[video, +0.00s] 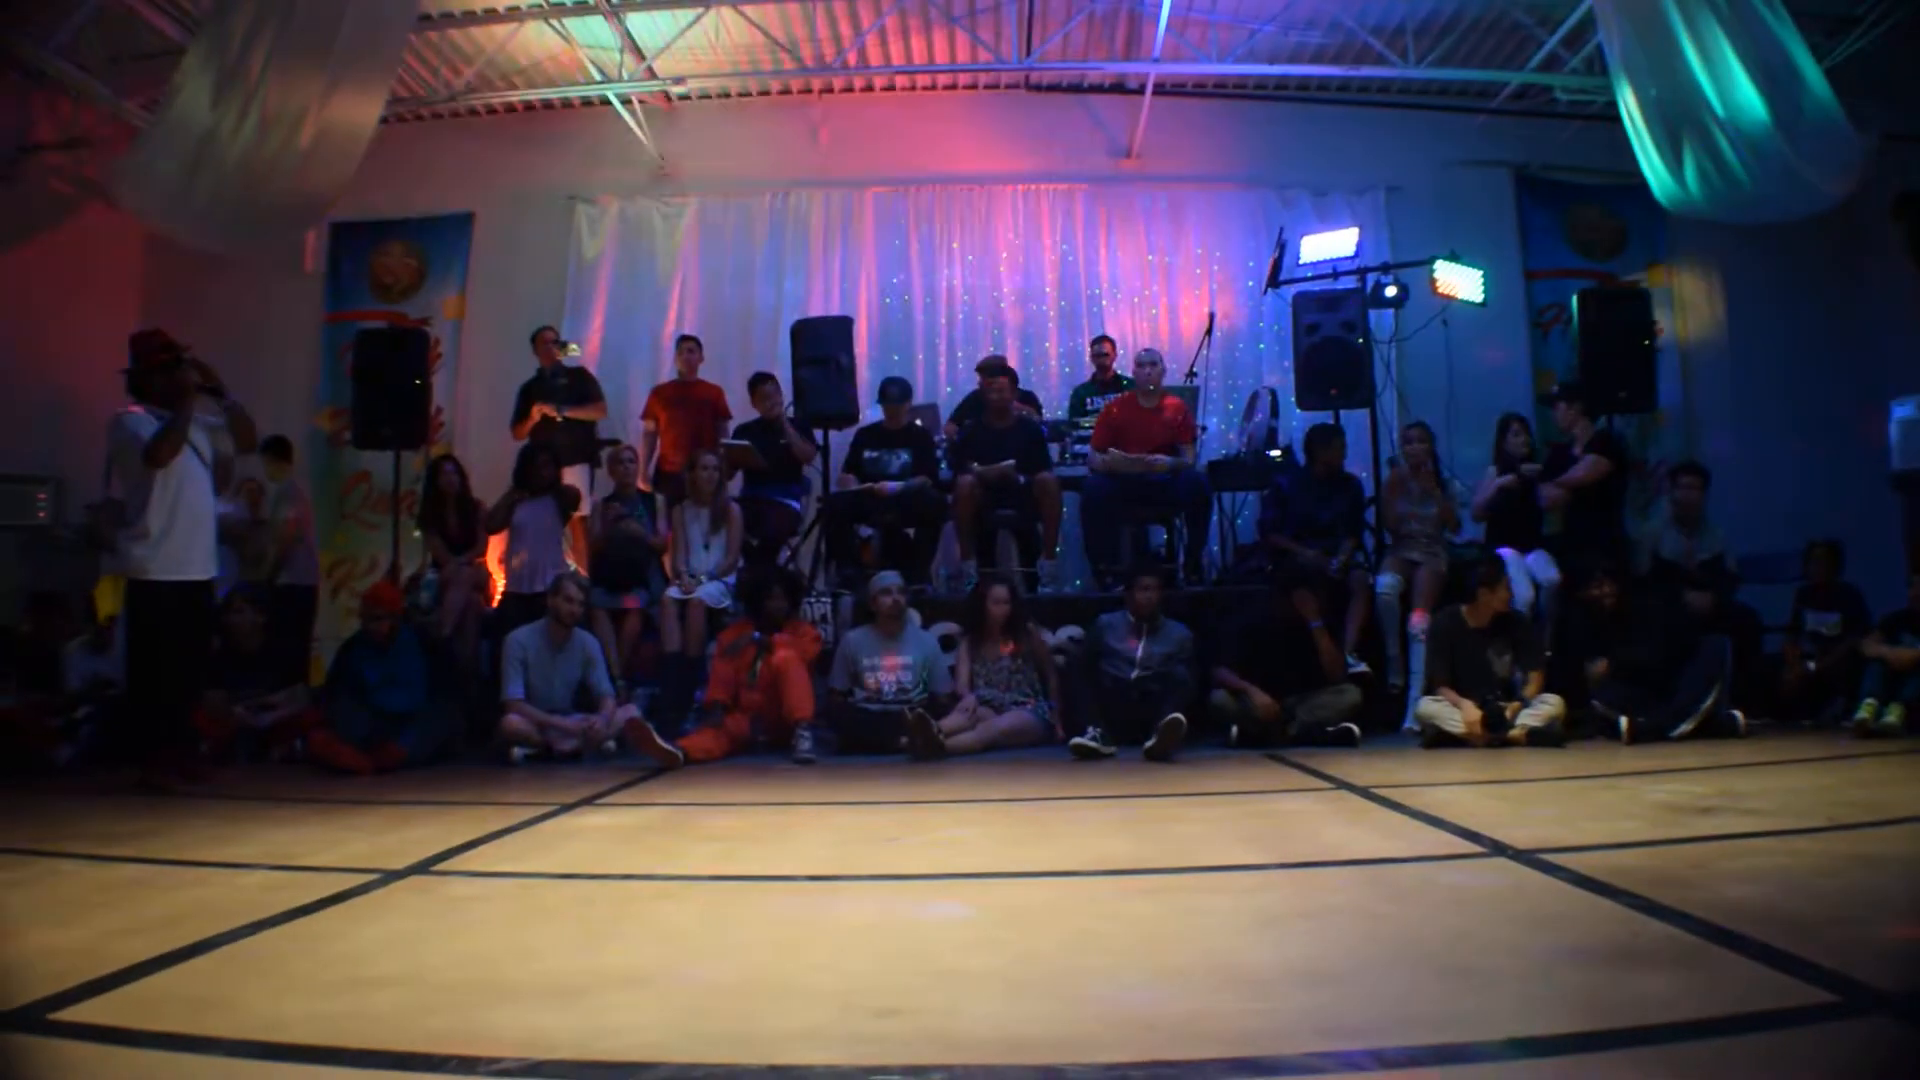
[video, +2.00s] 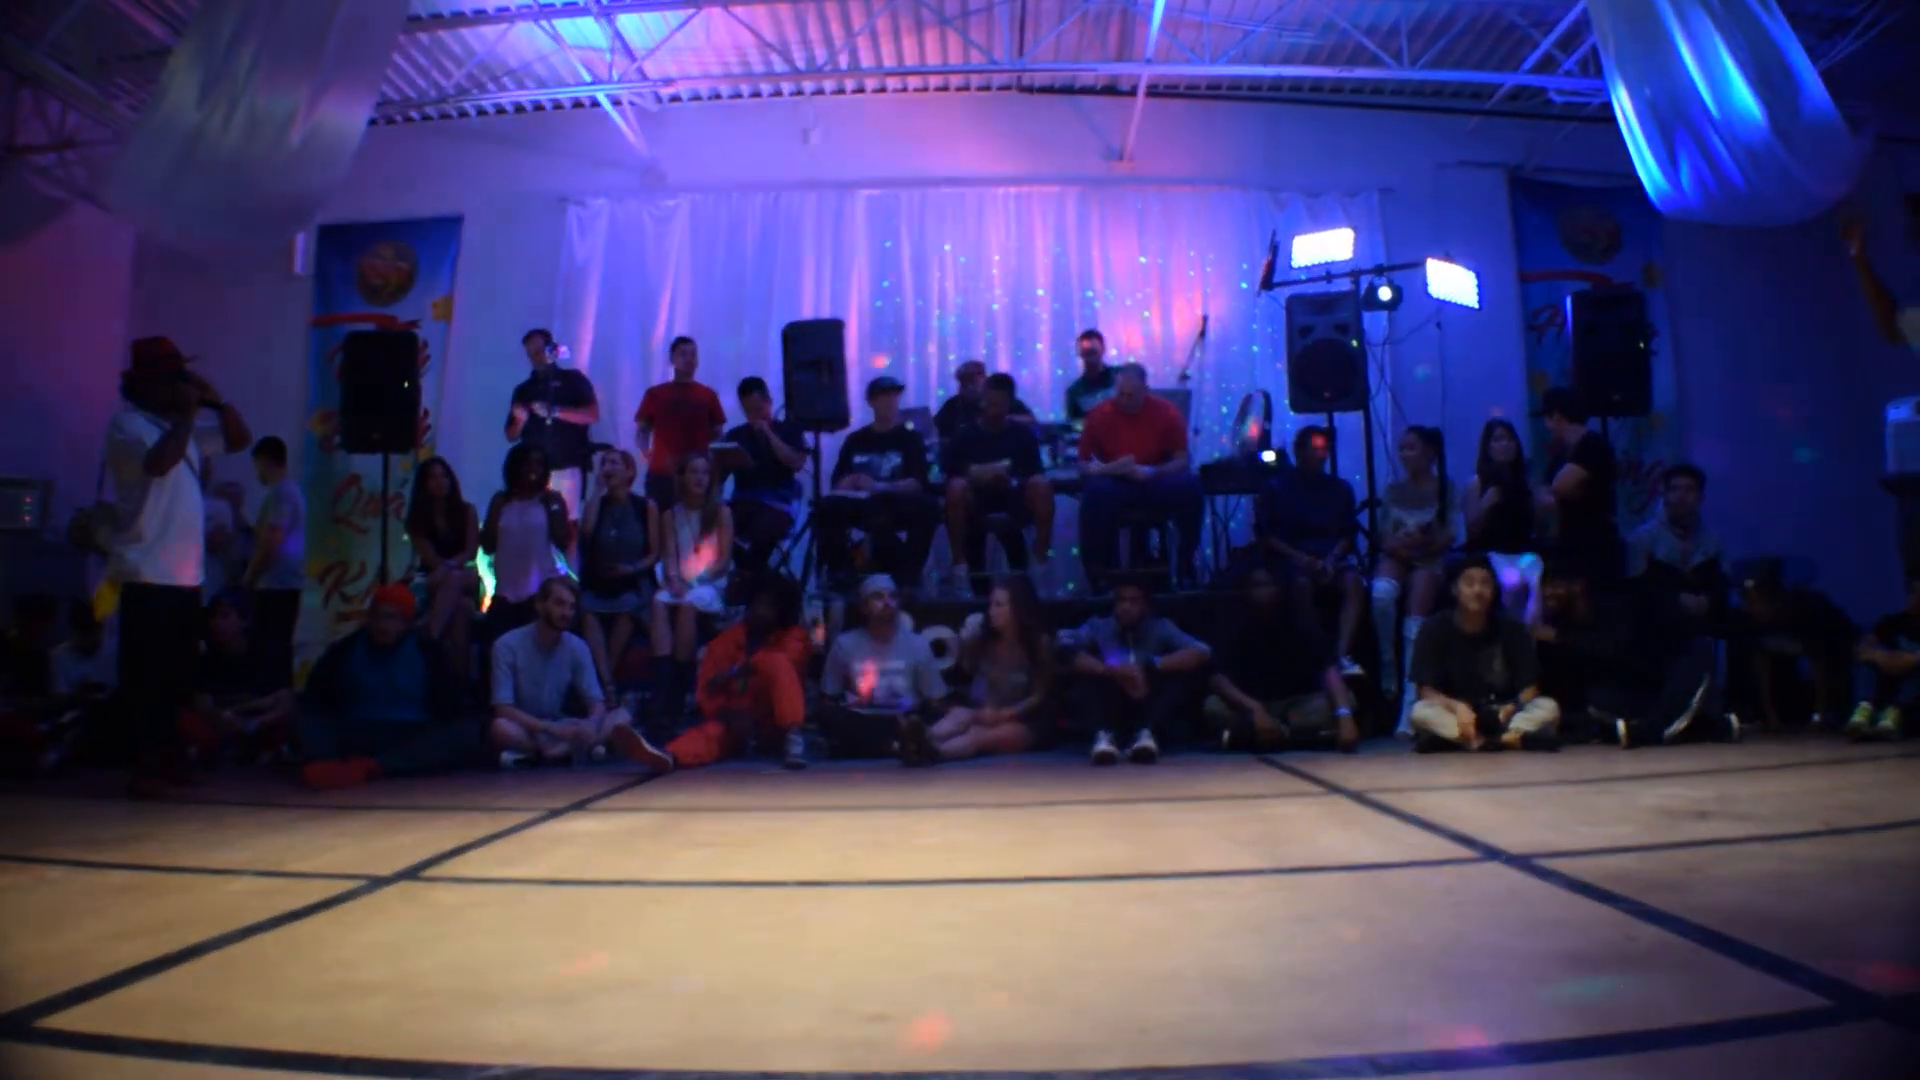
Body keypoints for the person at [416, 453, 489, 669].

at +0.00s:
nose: (450, 480)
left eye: (454, 474)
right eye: (444, 475)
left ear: (461, 477)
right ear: (435, 480)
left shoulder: (474, 507)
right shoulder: (430, 510)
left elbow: (481, 547)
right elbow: (435, 548)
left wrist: (457, 563)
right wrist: (460, 566)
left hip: (474, 569)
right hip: (444, 571)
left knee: (461, 575)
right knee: (472, 600)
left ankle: (444, 633)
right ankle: (466, 663)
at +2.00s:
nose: (439, 483)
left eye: (443, 477)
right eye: (433, 478)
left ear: (450, 480)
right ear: (424, 484)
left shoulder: (466, 511)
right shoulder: (418, 514)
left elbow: (471, 549)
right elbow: (425, 553)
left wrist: (448, 566)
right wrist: (449, 570)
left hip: (466, 573)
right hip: (433, 576)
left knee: (453, 577)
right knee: (462, 605)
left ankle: (431, 635)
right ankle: (458, 675)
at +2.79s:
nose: (440, 483)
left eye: (444, 477)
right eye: (434, 478)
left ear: (452, 481)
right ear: (425, 484)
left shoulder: (468, 511)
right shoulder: (420, 514)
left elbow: (472, 550)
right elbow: (425, 549)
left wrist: (452, 564)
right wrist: (445, 567)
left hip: (467, 572)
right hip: (436, 575)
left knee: (453, 577)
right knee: (461, 603)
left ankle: (434, 636)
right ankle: (458, 671)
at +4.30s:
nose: (438, 482)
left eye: (443, 476)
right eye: (432, 477)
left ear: (451, 480)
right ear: (424, 483)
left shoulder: (468, 511)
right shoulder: (419, 515)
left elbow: (473, 551)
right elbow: (427, 553)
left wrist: (450, 565)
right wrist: (447, 568)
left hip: (466, 571)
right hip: (435, 574)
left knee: (452, 579)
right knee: (463, 603)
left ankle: (434, 634)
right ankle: (457, 659)